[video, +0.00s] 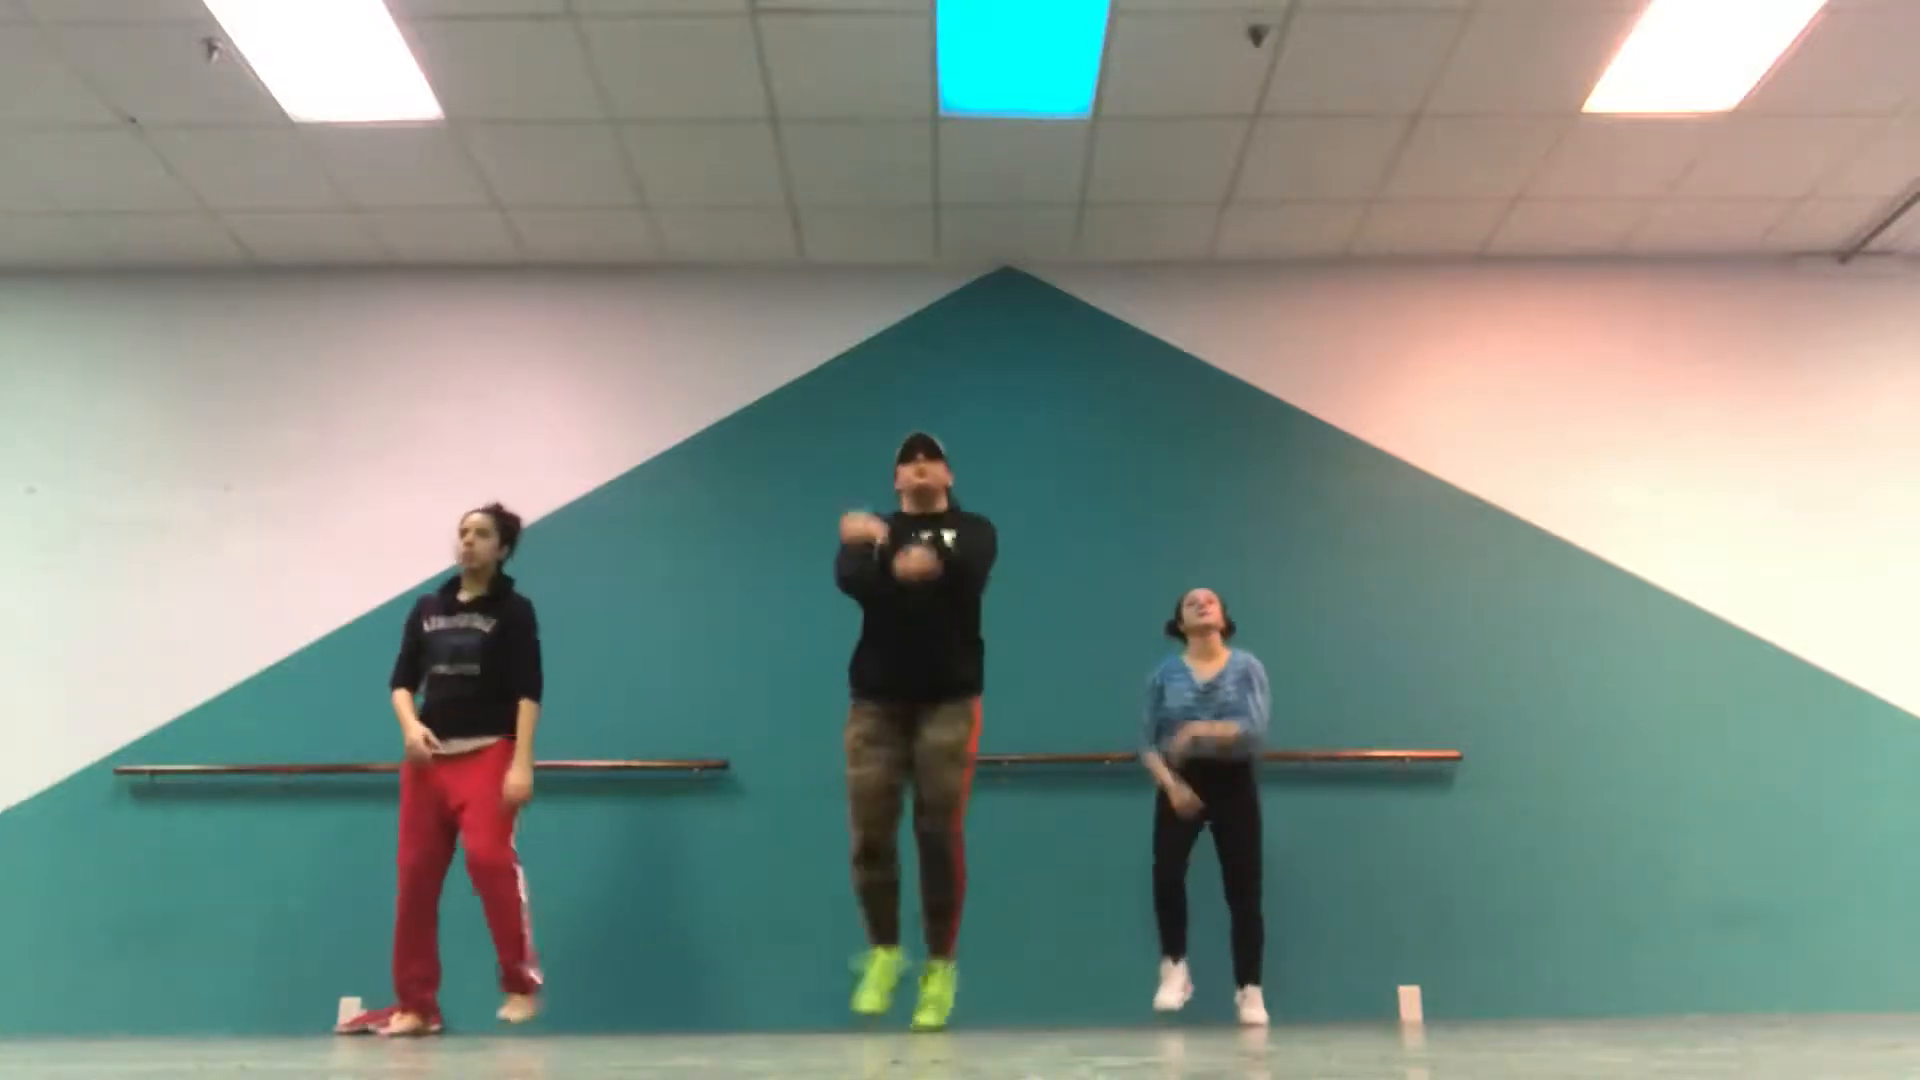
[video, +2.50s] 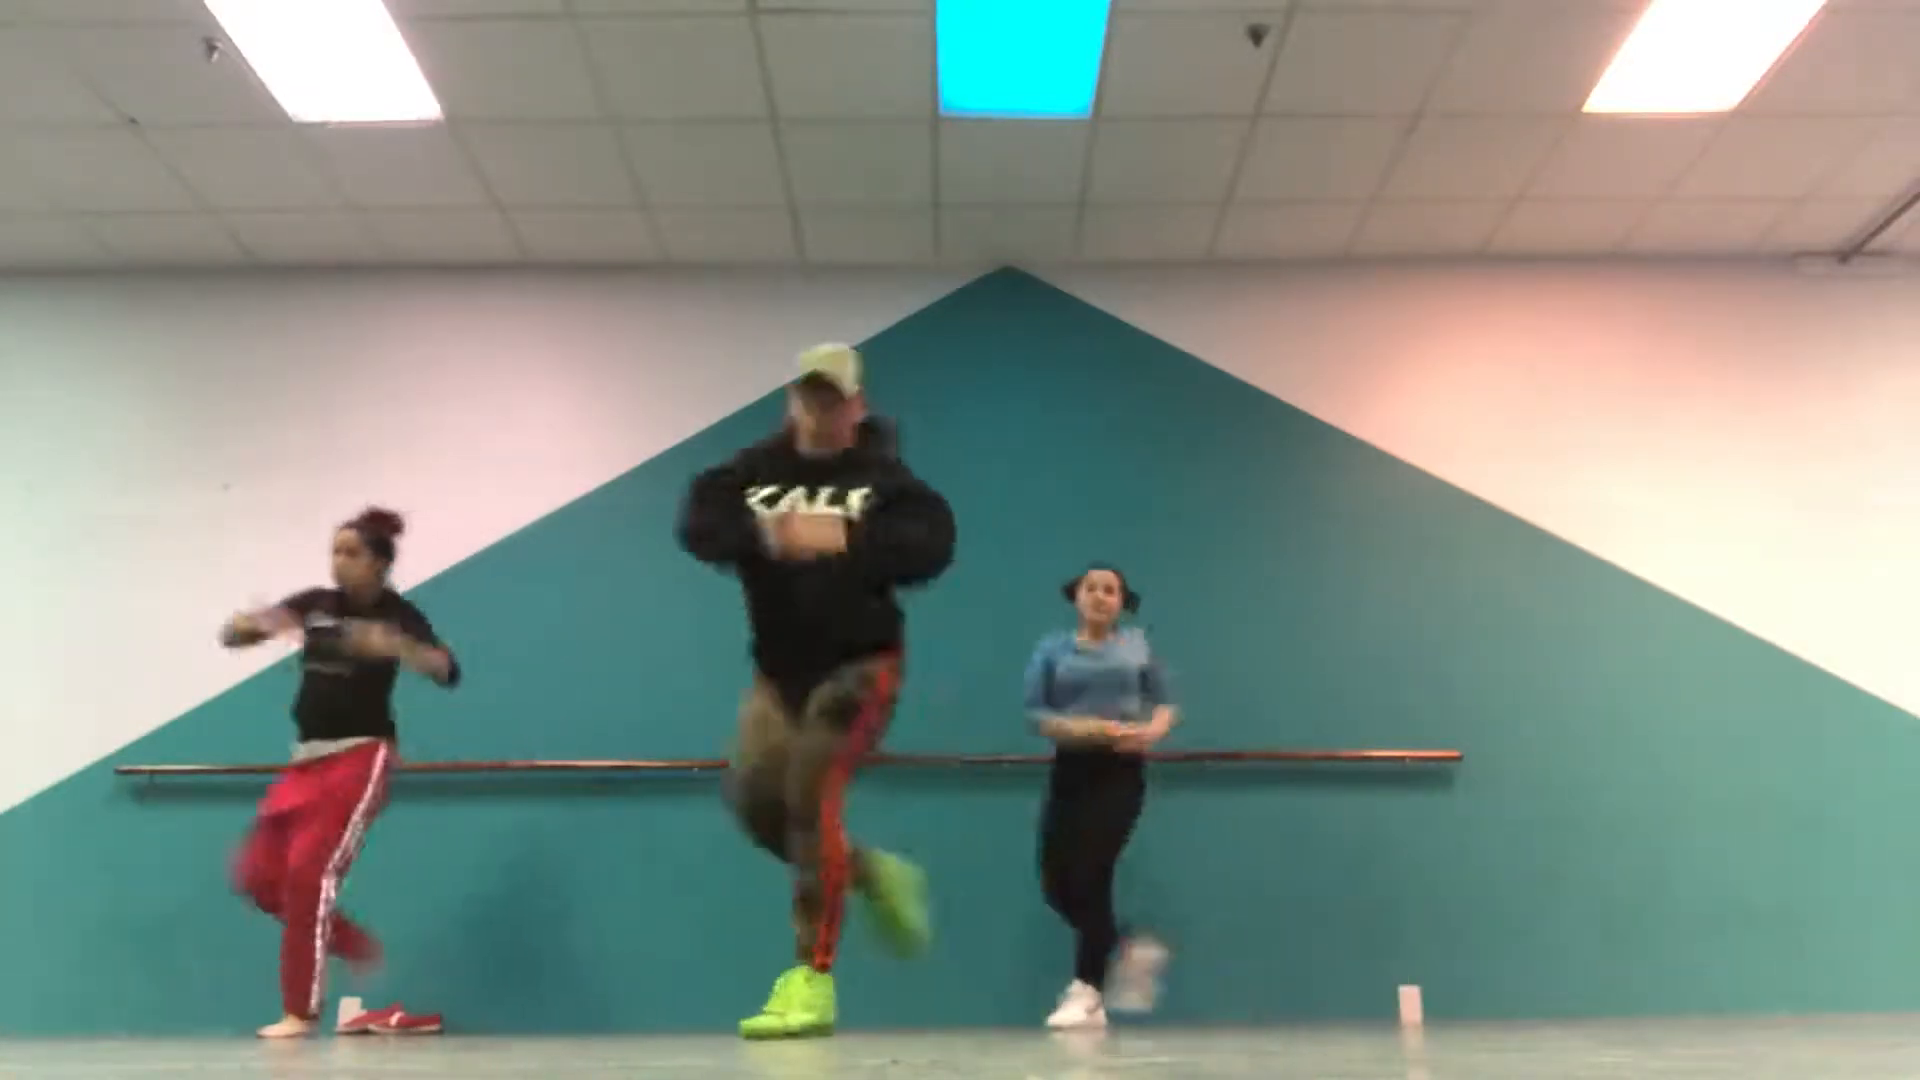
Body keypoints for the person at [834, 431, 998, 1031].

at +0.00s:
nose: (919, 468)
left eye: (930, 460)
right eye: (909, 461)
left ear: (948, 475)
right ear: (895, 476)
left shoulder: (972, 529)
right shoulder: (871, 528)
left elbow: (958, 565)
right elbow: (850, 574)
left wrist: (869, 538)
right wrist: (898, 561)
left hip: (948, 699)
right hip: (876, 698)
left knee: (938, 830)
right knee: (869, 833)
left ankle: (939, 963)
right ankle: (882, 952)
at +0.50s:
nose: (929, 466)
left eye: (940, 460)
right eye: (919, 458)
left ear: (954, 475)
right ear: (900, 472)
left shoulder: (976, 534)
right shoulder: (862, 532)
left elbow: (984, 604)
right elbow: (821, 610)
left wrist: (971, 663)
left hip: (940, 699)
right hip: (862, 703)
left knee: (935, 833)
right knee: (864, 842)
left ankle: (933, 972)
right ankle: (903, 941)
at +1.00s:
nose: (931, 537)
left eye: (941, 526)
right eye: (920, 522)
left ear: (950, 533)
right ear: (891, 523)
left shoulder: (923, 601)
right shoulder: (854, 575)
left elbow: (887, 674)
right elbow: (836, 657)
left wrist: (858, 746)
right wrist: (825, 743)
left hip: (844, 754)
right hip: (767, 743)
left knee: (934, 834)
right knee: (683, 862)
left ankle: (924, 989)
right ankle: (573, 989)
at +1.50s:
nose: (803, 489)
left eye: (817, 476)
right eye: (792, 477)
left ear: (847, 483)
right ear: (781, 488)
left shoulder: (883, 535)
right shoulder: (781, 576)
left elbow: (913, 628)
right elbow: (789, 667)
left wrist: (878, 709)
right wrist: (817, 723)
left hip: (944, 696)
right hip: (864, 719)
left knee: (1013, 822)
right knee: (781, 824)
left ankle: (1118, 957)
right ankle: (805, 981)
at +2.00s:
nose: (893, 451)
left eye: (904, 441)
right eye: (882, 440)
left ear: (924, 450)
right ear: (865, 451)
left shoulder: (952, 492)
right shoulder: (844, 505)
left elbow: (948, 520)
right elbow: (765, 522)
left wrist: (868, 544)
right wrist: (817, 548)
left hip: (986, 668)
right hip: (912, 693)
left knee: (898, 723)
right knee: (945, 858)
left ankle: (1008, 785)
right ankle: (1009, 982)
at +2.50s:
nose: (818, 410)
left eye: (833, 399)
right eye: (809, 397)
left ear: (857, 407)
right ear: (792, 402)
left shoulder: (882, 475)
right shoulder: (755, 468)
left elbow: (932, 539)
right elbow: (699, 525)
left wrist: (843, 536)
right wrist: (771, 533)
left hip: (859, 664)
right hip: (780, 670)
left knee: (814, 797)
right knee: (755, 800)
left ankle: (812, 975)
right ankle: (874, 877)